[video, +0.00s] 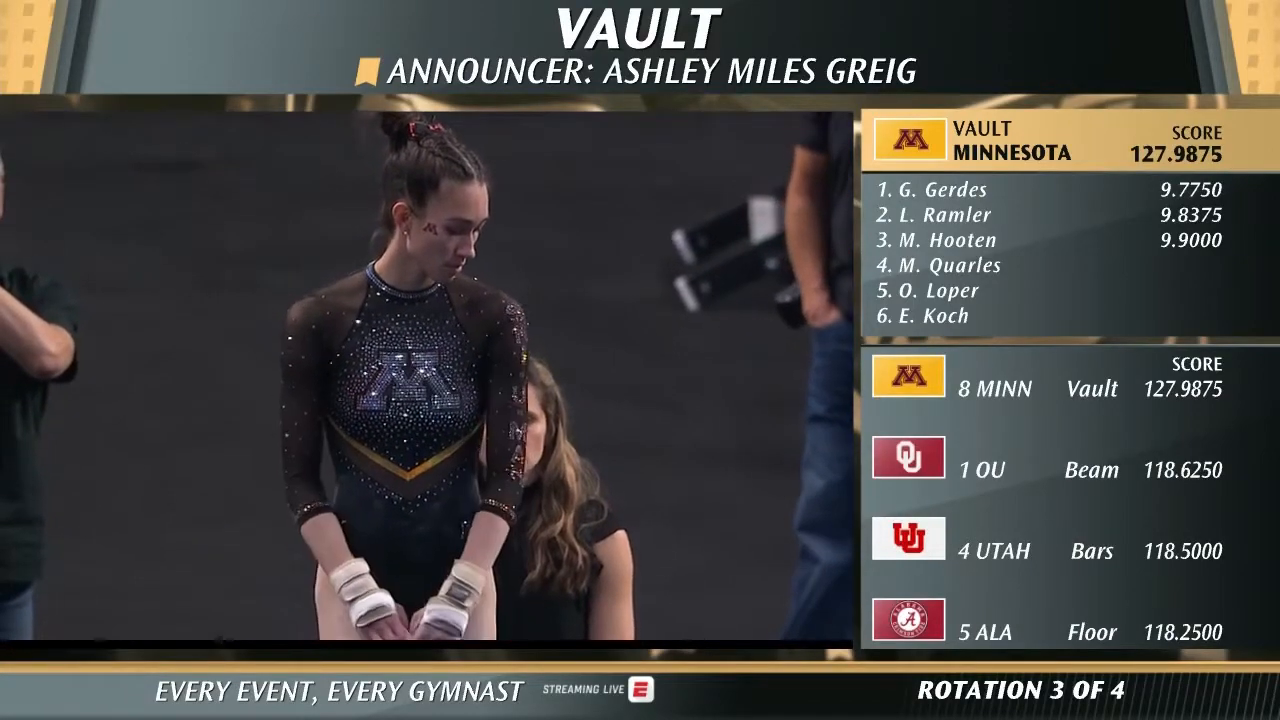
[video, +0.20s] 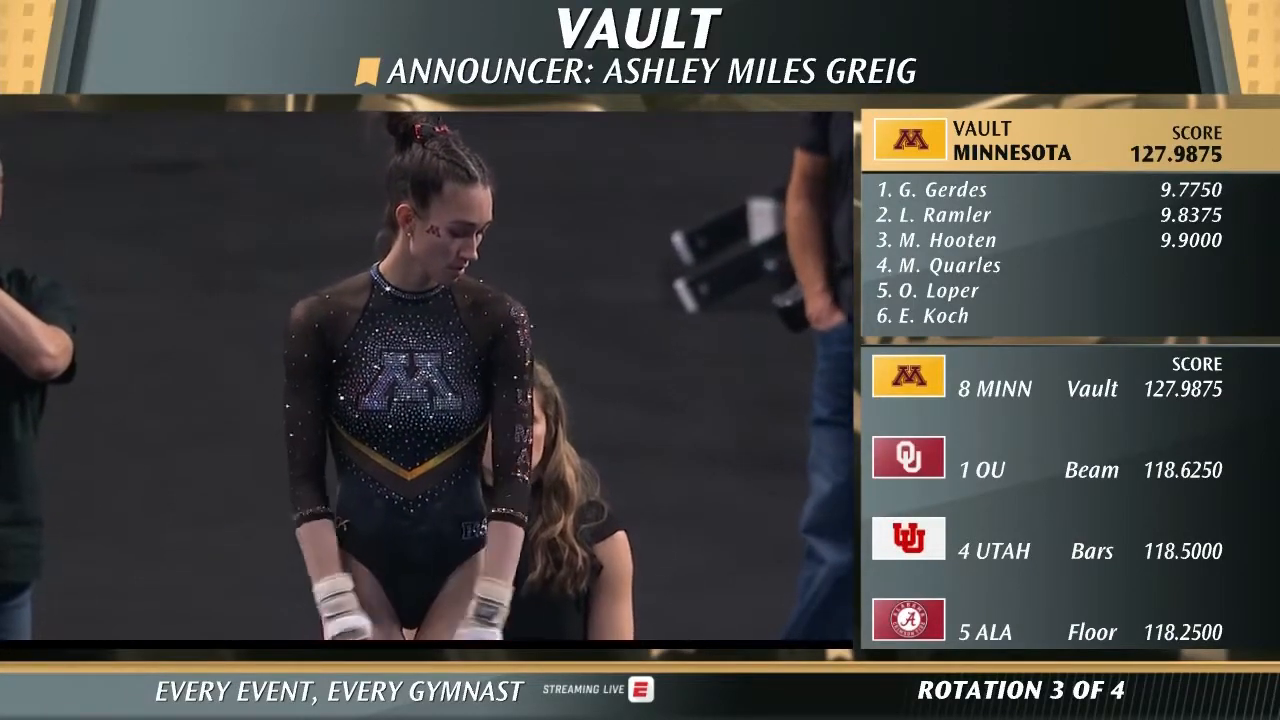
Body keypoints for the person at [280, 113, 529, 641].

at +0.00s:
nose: (470, 248)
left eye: (477, 229)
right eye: (455, 230)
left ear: (484, 217)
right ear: (402, 216)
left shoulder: (493, 318)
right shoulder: (317, 321)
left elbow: (505, 475)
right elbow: (299, 480)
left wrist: (456, 597)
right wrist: (358, 590)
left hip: (462, 572)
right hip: (352, 572)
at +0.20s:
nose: (473, 250)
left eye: (481, 232)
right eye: (458, 232)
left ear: (488, 220)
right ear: (406, 218)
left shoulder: (498, 320)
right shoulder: (319, 321)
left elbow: (513, 475)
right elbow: (305, 477)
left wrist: (486, 616)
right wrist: (337, 611)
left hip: (465, 558)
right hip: (359, 560)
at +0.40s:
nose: (470, 247)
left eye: (478, 229)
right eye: (456, 228)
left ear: (486, 218)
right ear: (404, 215)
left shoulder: (495, 317)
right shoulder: (317, 320)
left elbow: (526, 472)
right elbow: (292, 478)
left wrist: (543, 617)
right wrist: (273, 622)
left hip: (462, 566)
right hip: (354, 565)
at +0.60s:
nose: (469, 253)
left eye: (476, 235)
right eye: (455, 235)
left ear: (483, 224)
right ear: (403, 221)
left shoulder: (495, 325)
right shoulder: (314, 327)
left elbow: (534, 471)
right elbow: (276, 480)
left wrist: (570, 610)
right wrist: (239, 613)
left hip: (461, 572)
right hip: (353, 571)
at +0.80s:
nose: (467, 261)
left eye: (475, 244)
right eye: (453, 243)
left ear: (481, 233)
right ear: (400, 230)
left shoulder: (494, 331)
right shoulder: (315, 334)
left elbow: (523, 483)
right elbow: (283, 491)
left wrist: (546, 621)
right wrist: (253, 627)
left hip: (462, 578)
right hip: (355, 576)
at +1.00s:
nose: (466, 250)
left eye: (473, 233)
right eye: (451, 233)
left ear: (480, 222)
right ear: (398, 220)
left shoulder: (493, 319)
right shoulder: (311, 321)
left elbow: (518, 465)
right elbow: (286, 469)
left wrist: (510, 602)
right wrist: (288, 607)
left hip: (461, 570)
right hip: (351, 567)